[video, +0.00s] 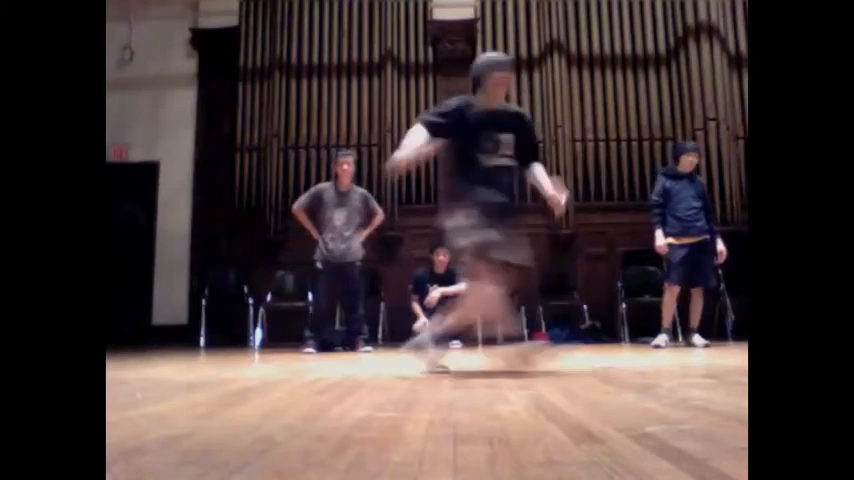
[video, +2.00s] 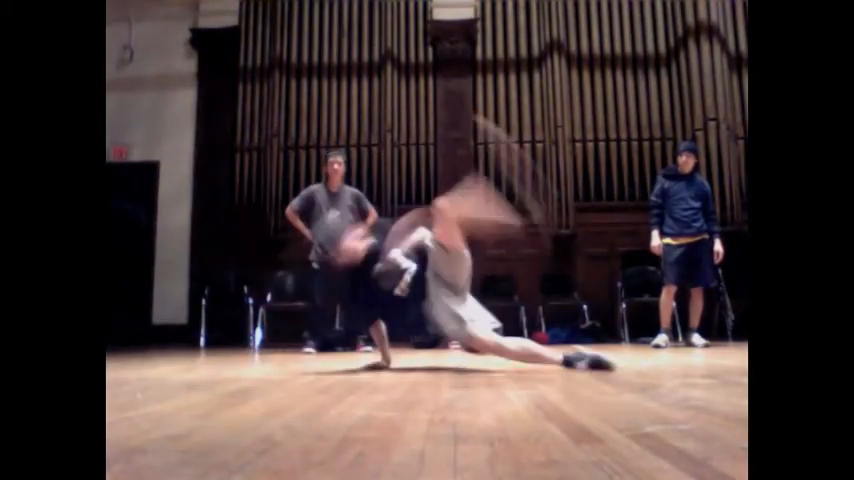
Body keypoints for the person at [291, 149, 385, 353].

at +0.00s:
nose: (345, 169)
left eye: (348, 164)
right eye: (341, 164)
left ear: (354, 168)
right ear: (335, 168)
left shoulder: (362, 195)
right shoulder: (322, 190)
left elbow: (379, 215)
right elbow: (297, 208)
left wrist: (362, 235)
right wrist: (316, 234)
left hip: (351, 253)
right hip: (327, 252)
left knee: (354, 300)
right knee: (323, 301)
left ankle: (356, 340)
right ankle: (316, 340)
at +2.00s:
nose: (336, 167)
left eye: (339, 164)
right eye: (332, 164)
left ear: (344, 169)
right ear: (326, 168)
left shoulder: (353, 194)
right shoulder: (314, 192)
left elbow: (373, 215)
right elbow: (290, 211)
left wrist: (358, 235)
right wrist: (308, 233)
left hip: (347, 256)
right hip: (321, 256)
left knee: (350, 300)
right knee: (319, 301)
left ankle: (356, 339)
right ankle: (315, 339)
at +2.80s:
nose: (336, 167)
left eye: (340, 163)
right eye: (333, 163)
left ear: (345, 168)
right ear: (326, 167)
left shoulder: (354, 194)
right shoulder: (314, 192)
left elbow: (373, 215)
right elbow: (291, 212)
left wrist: (359, 233)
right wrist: (311, 237)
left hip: (347, 253)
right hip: (322, 252)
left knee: (350, 297)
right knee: (316, 297)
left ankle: (358, 338)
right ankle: (313, 340)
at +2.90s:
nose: (336, 167)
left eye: (340, 163)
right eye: (333, 163)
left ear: (345, 168)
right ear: (326, 167)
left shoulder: (354, 194)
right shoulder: (314, 192)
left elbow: (373, 215)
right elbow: (291, 212)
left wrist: (359, 233)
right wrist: (311, 237)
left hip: (347, 253)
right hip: (321, 252)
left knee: (350, 297)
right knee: (316, 297)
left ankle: (358, 338)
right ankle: (313, 340)